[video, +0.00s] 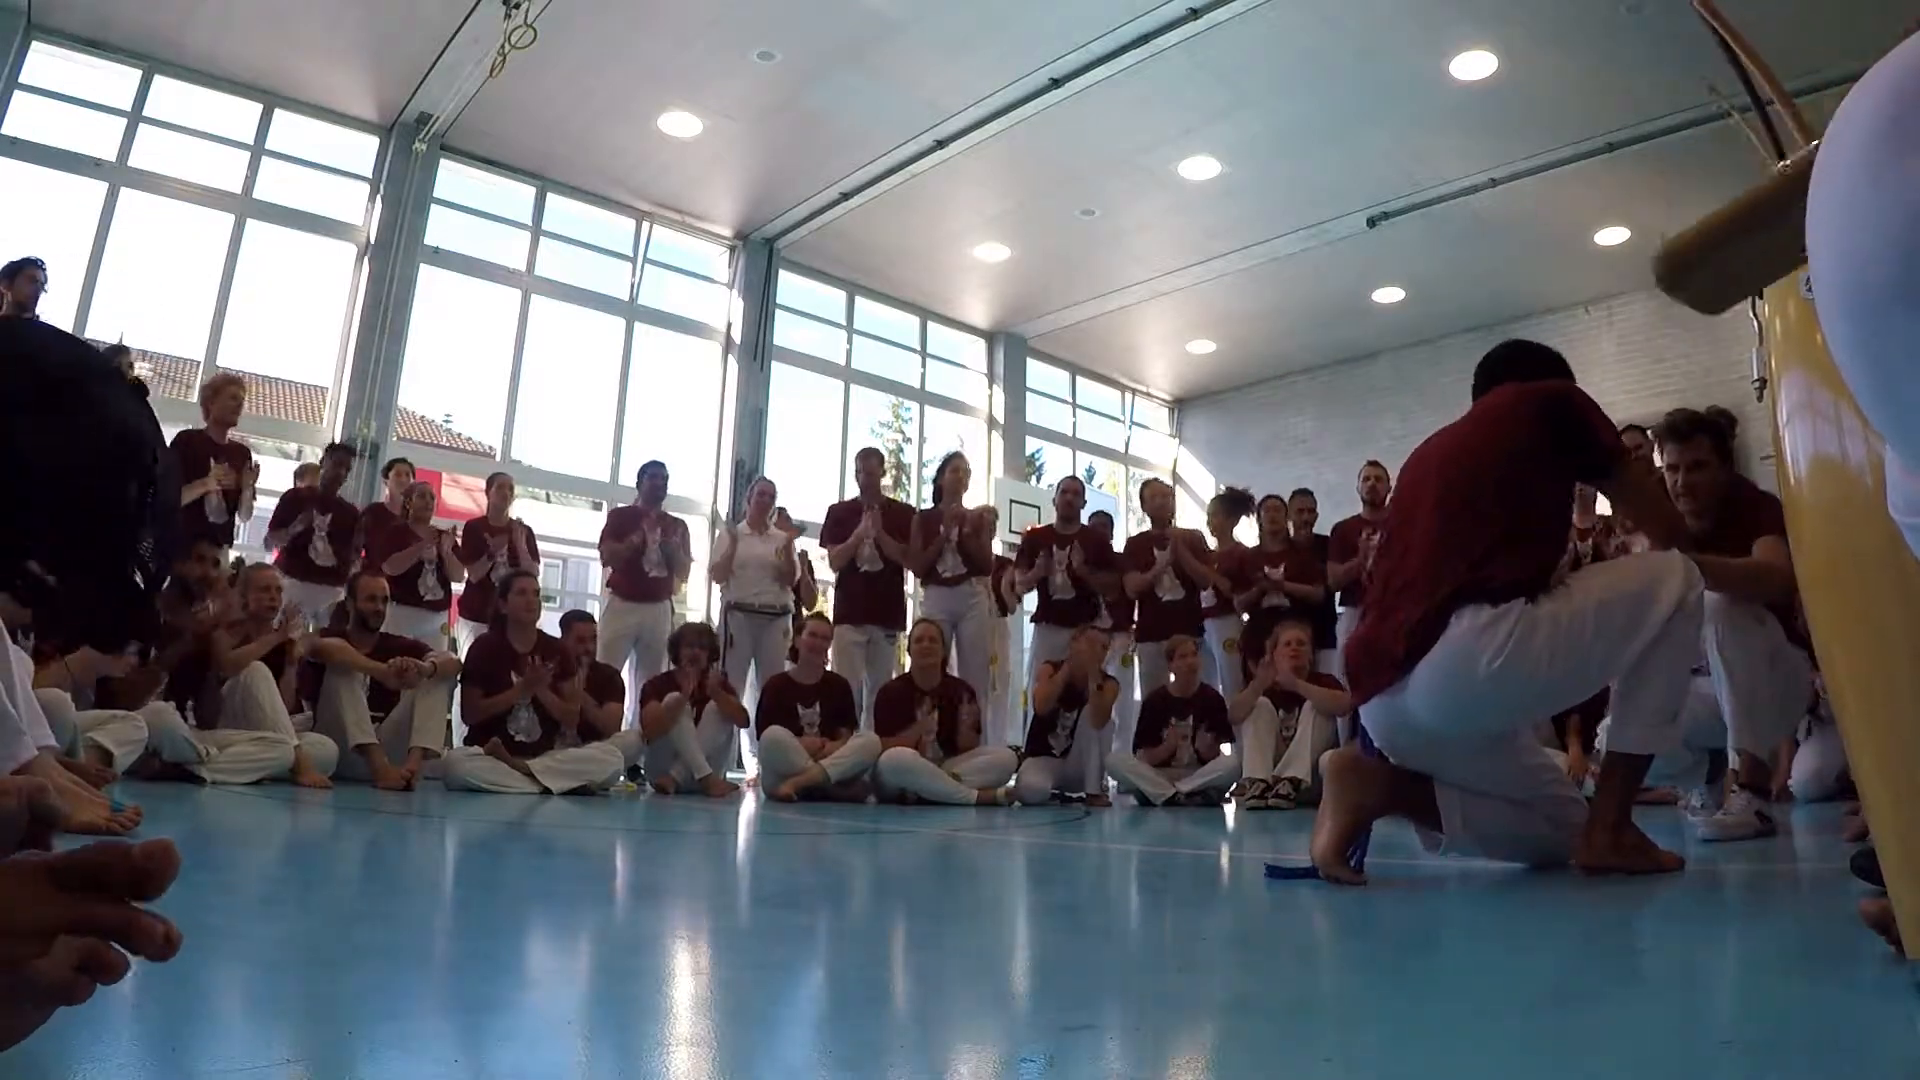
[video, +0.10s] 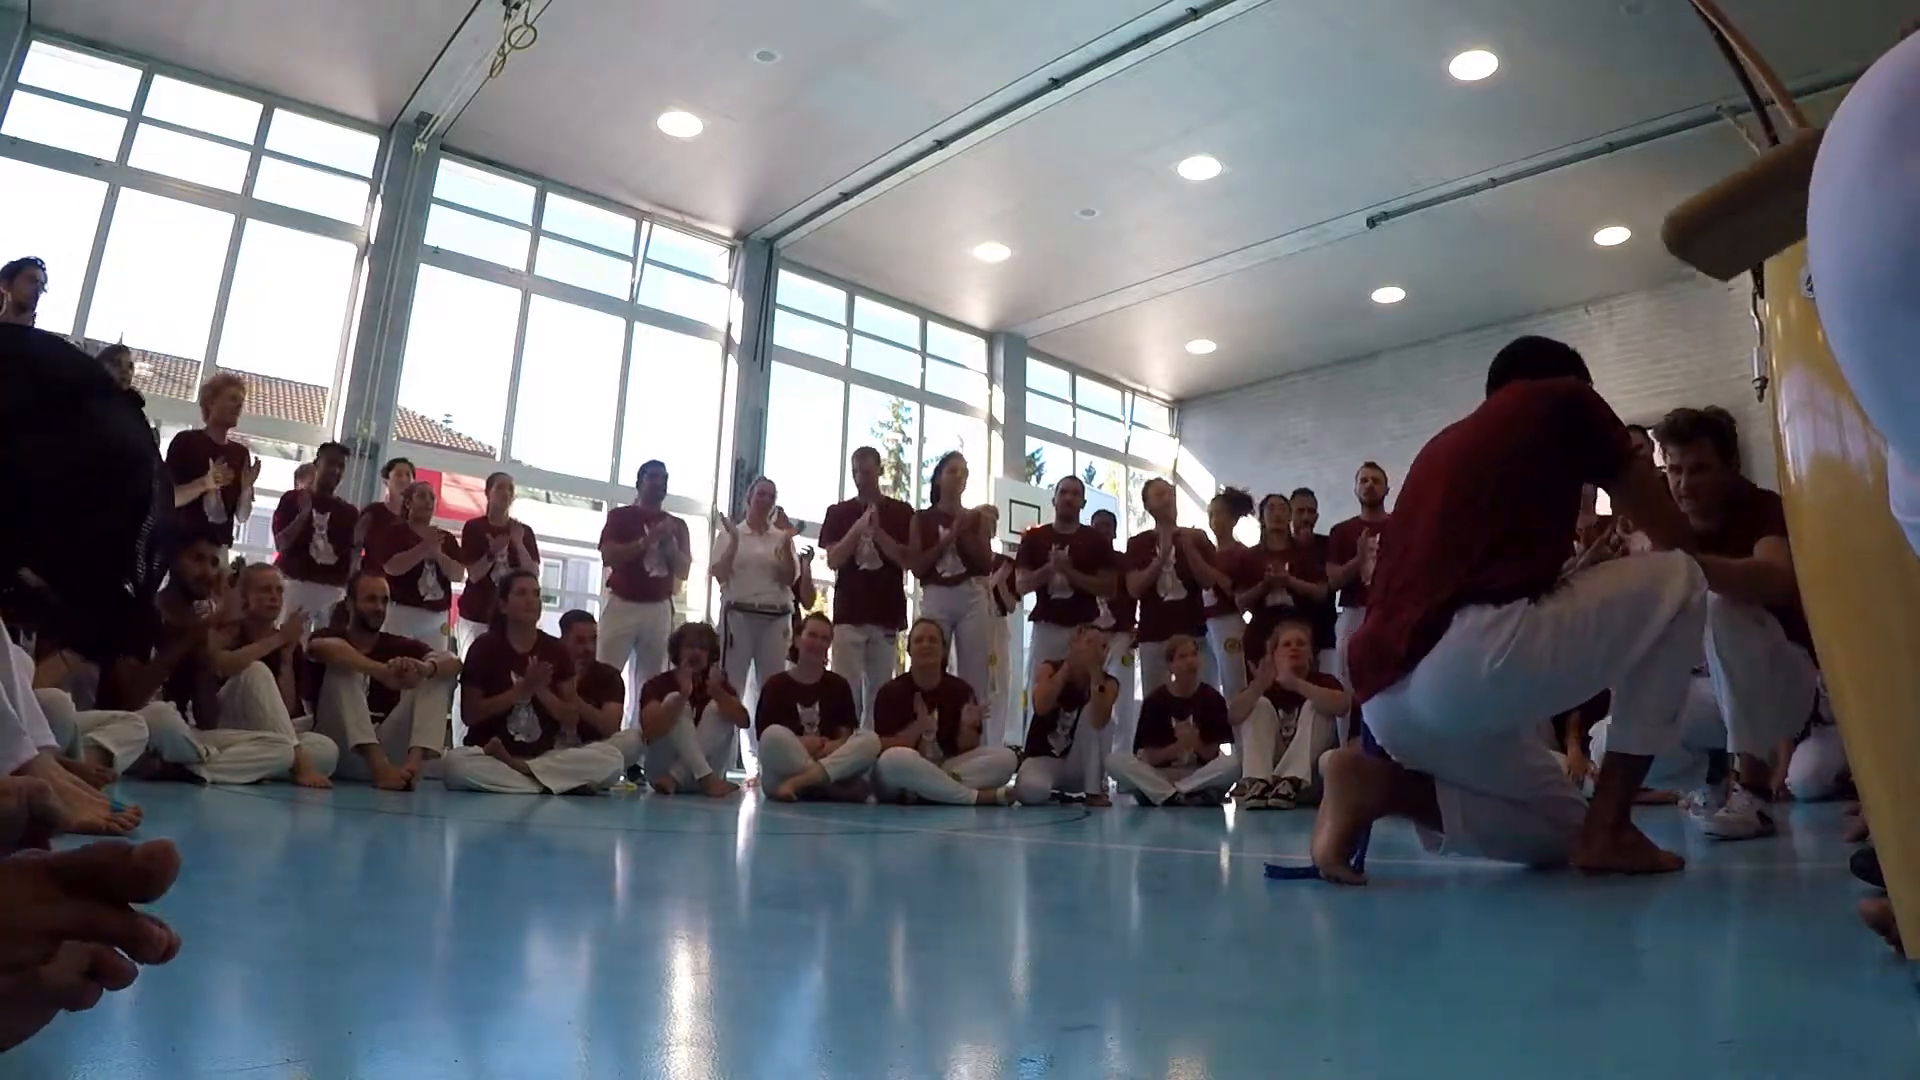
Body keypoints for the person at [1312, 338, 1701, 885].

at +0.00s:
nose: (1573, 404)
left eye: (1570, 398)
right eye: (1570, 395)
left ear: (1477, 394)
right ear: (1557, 384)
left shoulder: (1431, 450)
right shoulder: (1555, 400)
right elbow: (1667, 529)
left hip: (1382, 699)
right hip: (1464, 656)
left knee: (1572, 827)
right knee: (1673, 580)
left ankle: (1376, 785)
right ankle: (1610, 827)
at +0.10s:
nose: (1589, 402)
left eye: (1588, 395)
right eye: (1585, 392)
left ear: (1494, 390)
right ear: (1570, 383)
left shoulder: (1446, 443)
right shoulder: (1566, 398)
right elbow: (1672, 534)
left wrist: (1586, 557)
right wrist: (1641, 469)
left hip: (1386, 699)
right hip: (1465, 658)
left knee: (1570, 826)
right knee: (1675, 580)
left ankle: (1376, 784)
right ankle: (1609, 828)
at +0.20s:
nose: (1608, 405)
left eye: (1606, 395)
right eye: (1603, 393)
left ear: (1516, 385)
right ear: (1587, 382)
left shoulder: (1464, 437)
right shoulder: (1582, 399)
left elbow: (1497, 581)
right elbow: (1678, 532)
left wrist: (1592, 560)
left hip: (1388, 698)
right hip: (1467, 656)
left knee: (1570, 826)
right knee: (1680, 581)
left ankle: (1380, 785)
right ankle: (1609, 828)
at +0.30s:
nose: (1627, 404)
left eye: (1628, 395)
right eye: (1625, 392)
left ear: (1535, 379)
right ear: (1604, 382)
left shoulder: (1478, 434)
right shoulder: (1594, 402)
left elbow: (1496, 583)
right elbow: (1698, 536)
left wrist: (1595, 558)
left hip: (1389, 697)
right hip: (1465, 658)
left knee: (1571, 826)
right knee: (1679, 582)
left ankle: (1380, 784)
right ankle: (1609, 828)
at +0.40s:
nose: (1642, 409)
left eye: (1642, 400)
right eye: (1638, 397)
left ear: (1550, 382)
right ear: (1615, 388)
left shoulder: (1489, 433)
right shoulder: (1610, 409)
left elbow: (1509, 579)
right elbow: (1709, 540)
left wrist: (1605, 555)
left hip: (1391, 699)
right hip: (1469, 665)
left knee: (1574, 828)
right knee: (1675, 577)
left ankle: (1381, 785)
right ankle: (1610, 827)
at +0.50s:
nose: (1656, 420)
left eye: (1657, 408)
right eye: (1653, 407)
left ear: (1566, 386)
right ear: (1632, 395)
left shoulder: (1499, 432)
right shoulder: (1624, 423)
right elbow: (1714, 551)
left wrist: (1612, 545)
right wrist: (1755, 593)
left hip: (1389, 701)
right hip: (1470, 669)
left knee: (1575, 828)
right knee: (1673, 582)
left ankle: (1380, 786)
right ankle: (1612, 831)